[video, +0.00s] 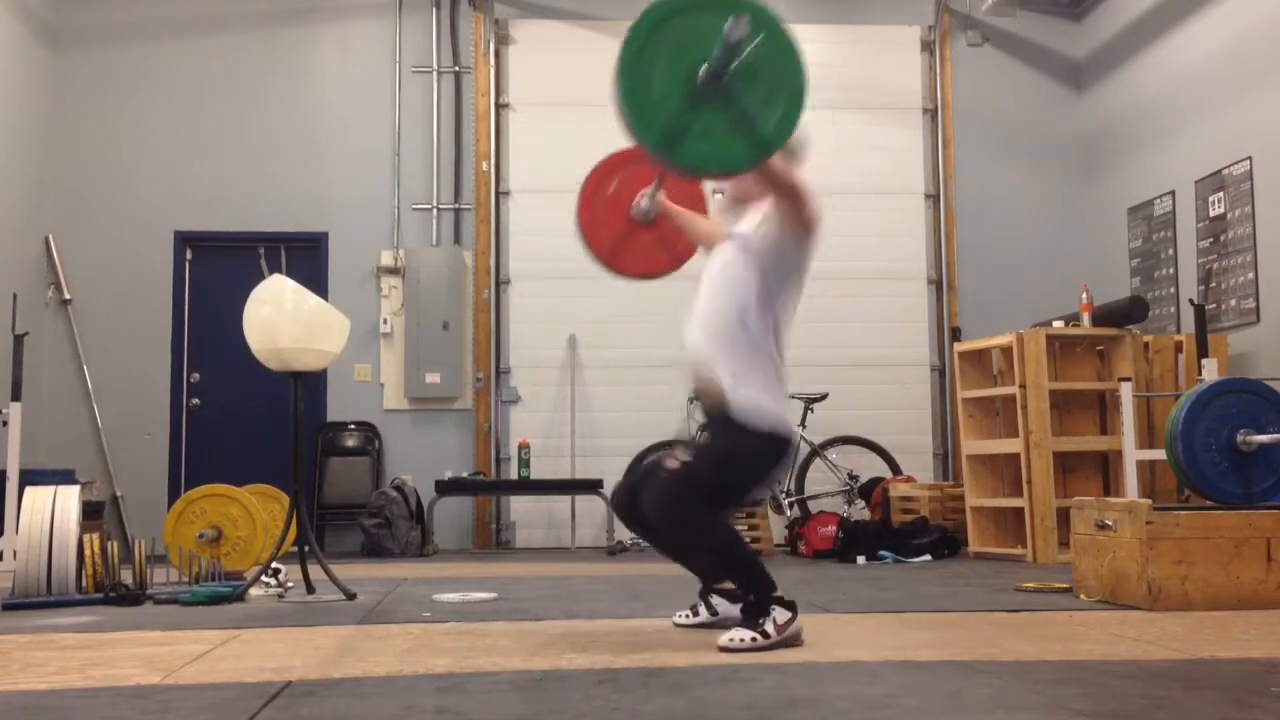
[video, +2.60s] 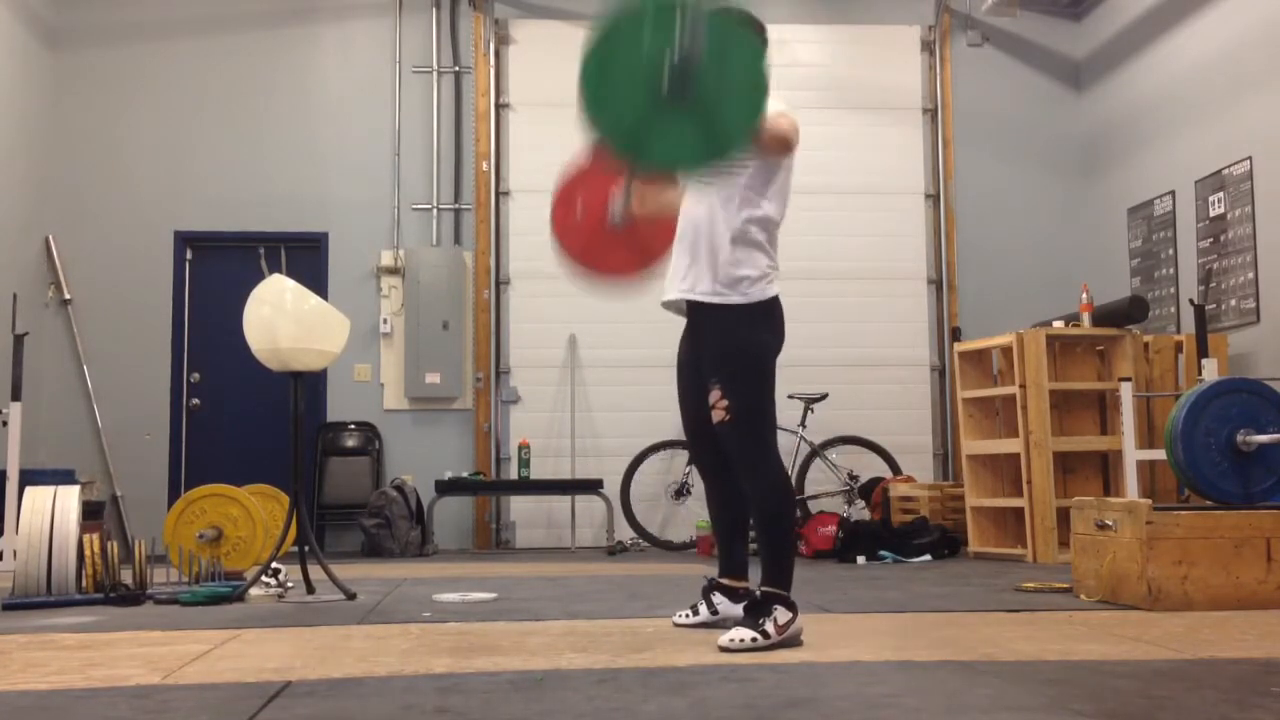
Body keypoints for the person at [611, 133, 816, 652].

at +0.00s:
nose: (720, 172)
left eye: (735, 161)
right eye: (721, 161)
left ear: (767, 166)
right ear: (728, 173)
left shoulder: (782, 232)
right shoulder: (736, 232)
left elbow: (792, 195)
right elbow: (710, 233)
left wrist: (741, 136)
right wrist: (663, 208)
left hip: (758, 429)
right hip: (721, 423)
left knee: (671, 499)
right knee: (632, 499)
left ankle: (773, 610)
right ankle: (725, 594)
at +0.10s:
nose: (656, 263)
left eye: (668, 250)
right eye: (659, 250)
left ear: (701, 258)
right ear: (688, 262)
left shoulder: (728, 312)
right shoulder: (698, 323)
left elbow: (737, 242)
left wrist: (733, 165)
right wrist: (678, 216)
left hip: (788, 503)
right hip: (738, 496)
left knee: (693, 491)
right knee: (641, 496)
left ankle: (773, 609)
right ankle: (726, 592)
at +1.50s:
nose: (595, 235)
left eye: (600, 221)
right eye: (594, 223)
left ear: (638, 219)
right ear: (637, 222)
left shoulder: (689, 254)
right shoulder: (657, 274)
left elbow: (712, 171)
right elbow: (672, 218)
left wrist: (739, 92)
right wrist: (668, 177)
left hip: (800, 406)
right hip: (751, 415)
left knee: (700, 465)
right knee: (659, 472)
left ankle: (774, 608)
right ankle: (727, 592)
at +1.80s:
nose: (598, 180)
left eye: (603, 165)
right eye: (596, 167)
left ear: (641, 160)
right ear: (639, 163)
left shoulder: (687, 199)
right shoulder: (657, 224)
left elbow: (707, 117)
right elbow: (683, 138)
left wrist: (726, 35)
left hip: (787, 360)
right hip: (736, 373)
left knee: (714, 458)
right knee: (673, 461)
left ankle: (775, 608)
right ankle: (728, 593)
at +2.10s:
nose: (589, 111)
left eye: (595, 95)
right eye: (588, 99)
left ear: (636, 89)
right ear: (628, 94)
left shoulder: (680, 132)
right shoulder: (641, 155)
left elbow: (692, 54)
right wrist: (677, 57)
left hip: (761, 313)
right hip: (722, 323)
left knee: (749, 446)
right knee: (704, 444)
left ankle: (775, 605)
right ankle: (732, 593)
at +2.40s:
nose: (668, 63)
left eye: (678, 50)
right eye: (667, 53)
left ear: (713, 55)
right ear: (679, 67)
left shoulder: (735, 110)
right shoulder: (700, 120)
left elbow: (736, 48)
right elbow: (674, 110)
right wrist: (645, 78)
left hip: (736, 312)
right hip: (699, 313)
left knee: (749, 456)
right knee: (710, 459)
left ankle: (775, 607)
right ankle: (730, 595)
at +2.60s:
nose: (723, 66)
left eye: (733, 53)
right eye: (715, 54)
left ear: (753, 59)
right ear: (705, 62)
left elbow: (771, 137)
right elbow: (656, 187)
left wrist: (710, 98)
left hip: (746, 316)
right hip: (702, 316)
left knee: (755, 457)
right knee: (710, 457)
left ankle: (778, 607)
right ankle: (731, 594)